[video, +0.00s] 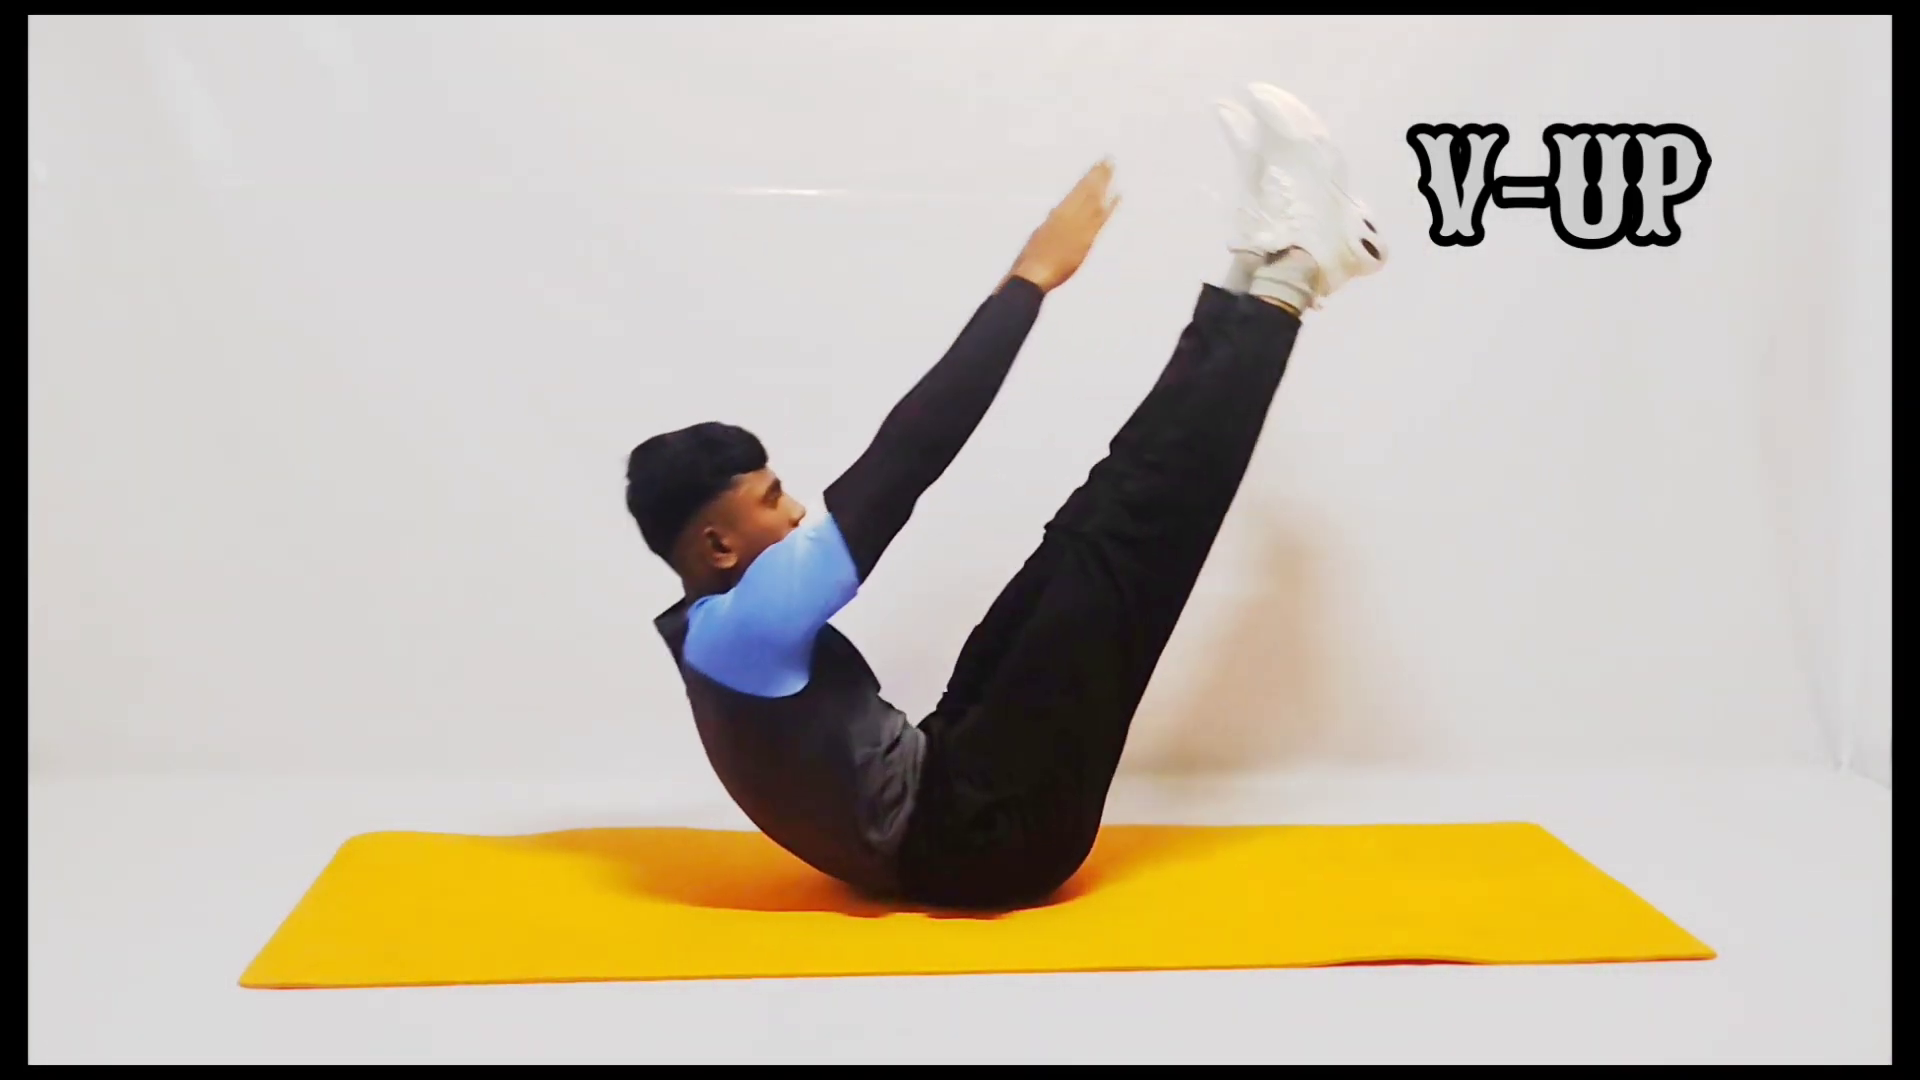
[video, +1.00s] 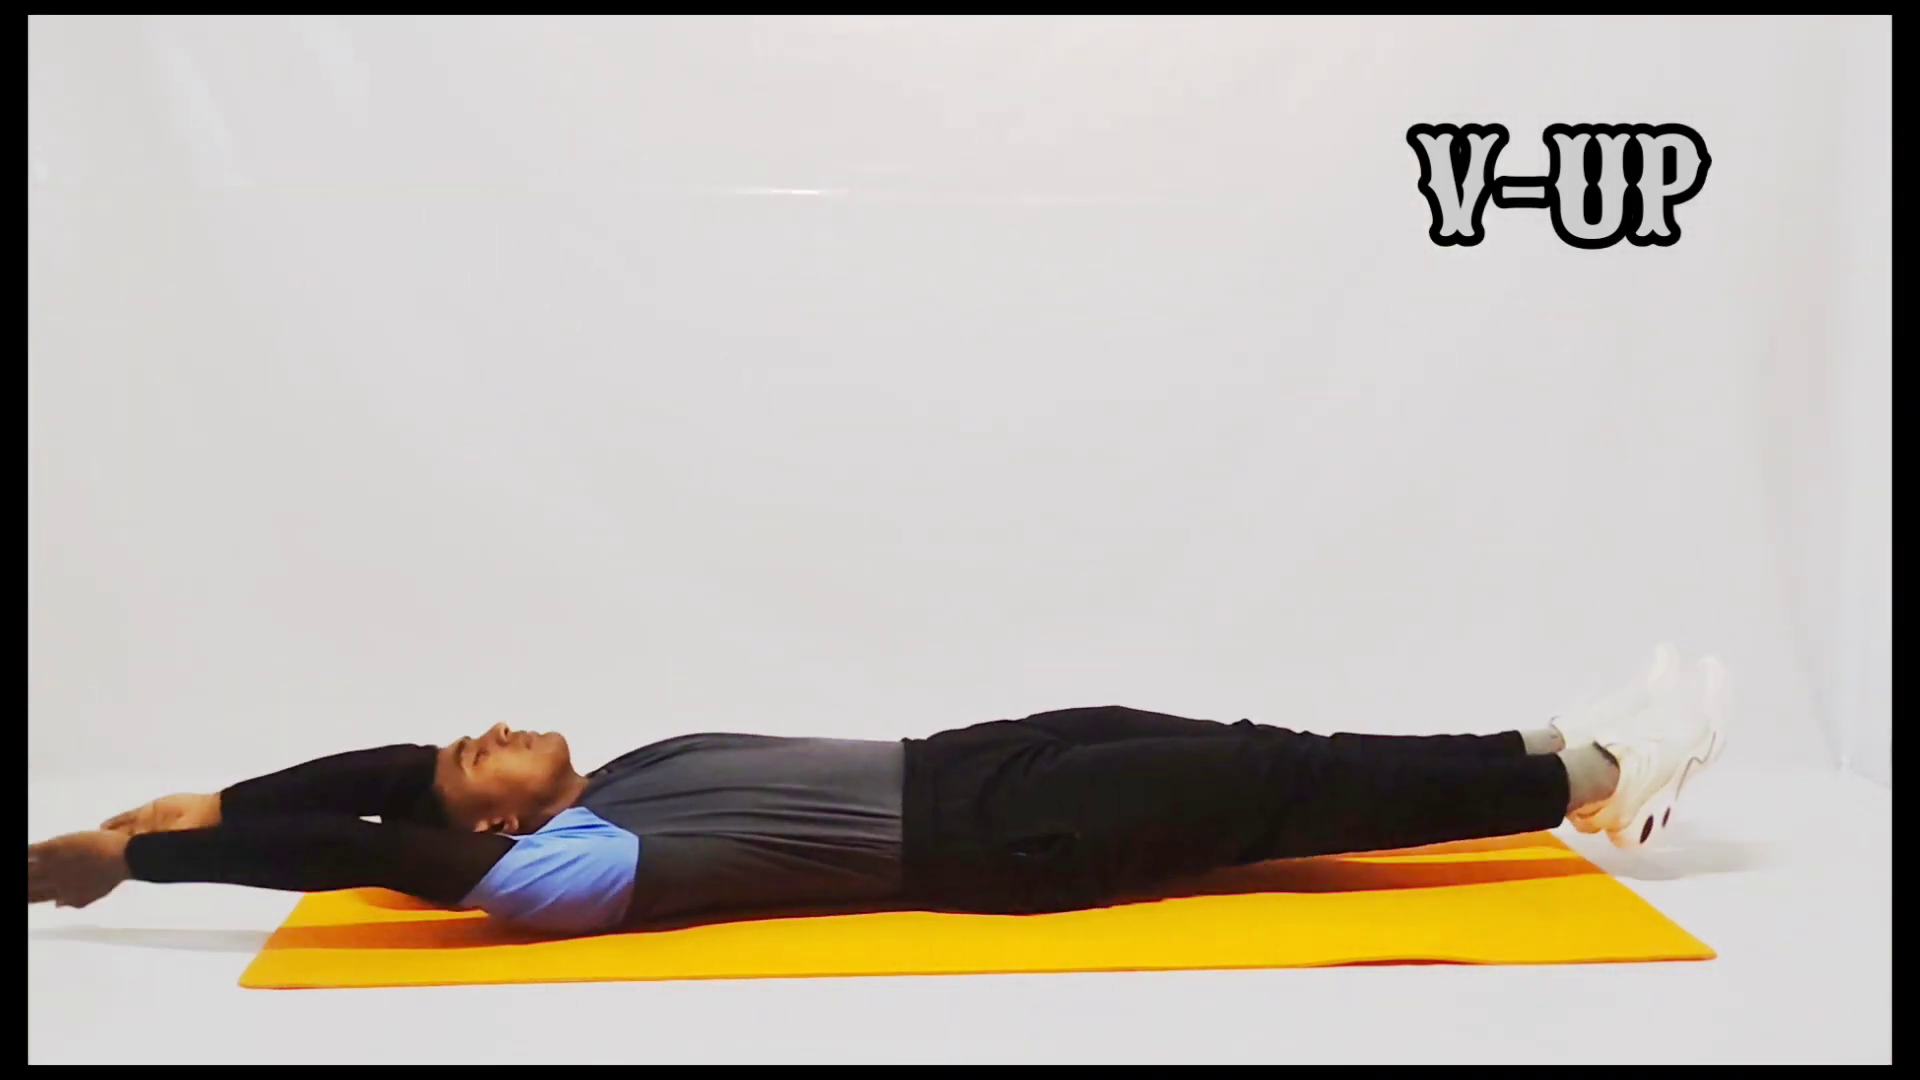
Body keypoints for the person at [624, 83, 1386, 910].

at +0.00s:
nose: (796, 507)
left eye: (777, 489)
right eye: (767, 497)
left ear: (714, 547)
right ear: (714, 543)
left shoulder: (734, 623)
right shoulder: (753, 617)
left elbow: (902, 457)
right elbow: (907, 455)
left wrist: (1020, 284)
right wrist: (1029, 280)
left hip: (955, 803)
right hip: (977, 836)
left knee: (1095, 533)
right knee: (1114, 546)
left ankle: (1260, 277)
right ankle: (1277, 285)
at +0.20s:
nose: (667, 582)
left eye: (656, 567)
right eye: (641, 576)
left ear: (613, 607)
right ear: (590, 625)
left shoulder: (657, 683)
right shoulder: (649, 702)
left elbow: (726, 500)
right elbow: (727, 501)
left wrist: (752, 287)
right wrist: (758, 281)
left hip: (948, 779)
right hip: (970, 833)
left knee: (1157, 576)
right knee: (1192, 605)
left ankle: (1381, 390)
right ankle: (1421, 409)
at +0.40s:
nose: (621, 650)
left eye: (599, 631)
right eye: (586, 645)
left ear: (557, 679)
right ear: (545, 686)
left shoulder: (631, 747)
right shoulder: (601, 796)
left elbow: (585, 564)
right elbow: (528, 592)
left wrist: (482, 387)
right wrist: (433, 399)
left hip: (953, 772)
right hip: (959, 828)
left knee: (1211, 641)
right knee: (1220, 677)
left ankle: (1478, 520)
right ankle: (1496, 543)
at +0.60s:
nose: (538, 688)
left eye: (521, 677)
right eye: (509, 699)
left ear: (526, 703)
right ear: (484, 755)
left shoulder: (593, 764)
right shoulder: (558, 833)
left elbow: (458, 635)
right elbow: (368, 702)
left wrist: (287, 536)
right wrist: (194, 590)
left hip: (959, 769)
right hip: (953, 824)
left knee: (1243, 700)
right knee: (1232, 736)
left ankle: (1539, 662)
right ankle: (1544, 666)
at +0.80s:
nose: (521, 715)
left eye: (499, 708)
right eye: (496, 733)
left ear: (510, 748)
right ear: (488, 800)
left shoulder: (583, 790)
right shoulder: (582, 847)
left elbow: (365, 758)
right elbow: (404, 821)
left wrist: (162, 723)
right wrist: (147, 752)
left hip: (986, 767)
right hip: (978, 821)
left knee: (1240, 732)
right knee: (1247, 757)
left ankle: (1548, 735)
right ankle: (1556, 735)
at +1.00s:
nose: (510, 741)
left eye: (489, 736)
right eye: (488, 760)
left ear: (511, 765)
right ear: (490, 821)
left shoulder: (608, 788)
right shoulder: (598, 847)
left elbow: (364, 801)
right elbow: (452, 872)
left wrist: (155, 831)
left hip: (973, 763)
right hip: (964, 822)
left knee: (1246, 751)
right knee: (1249, 784)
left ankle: (1561, 775)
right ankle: (1562, 779)